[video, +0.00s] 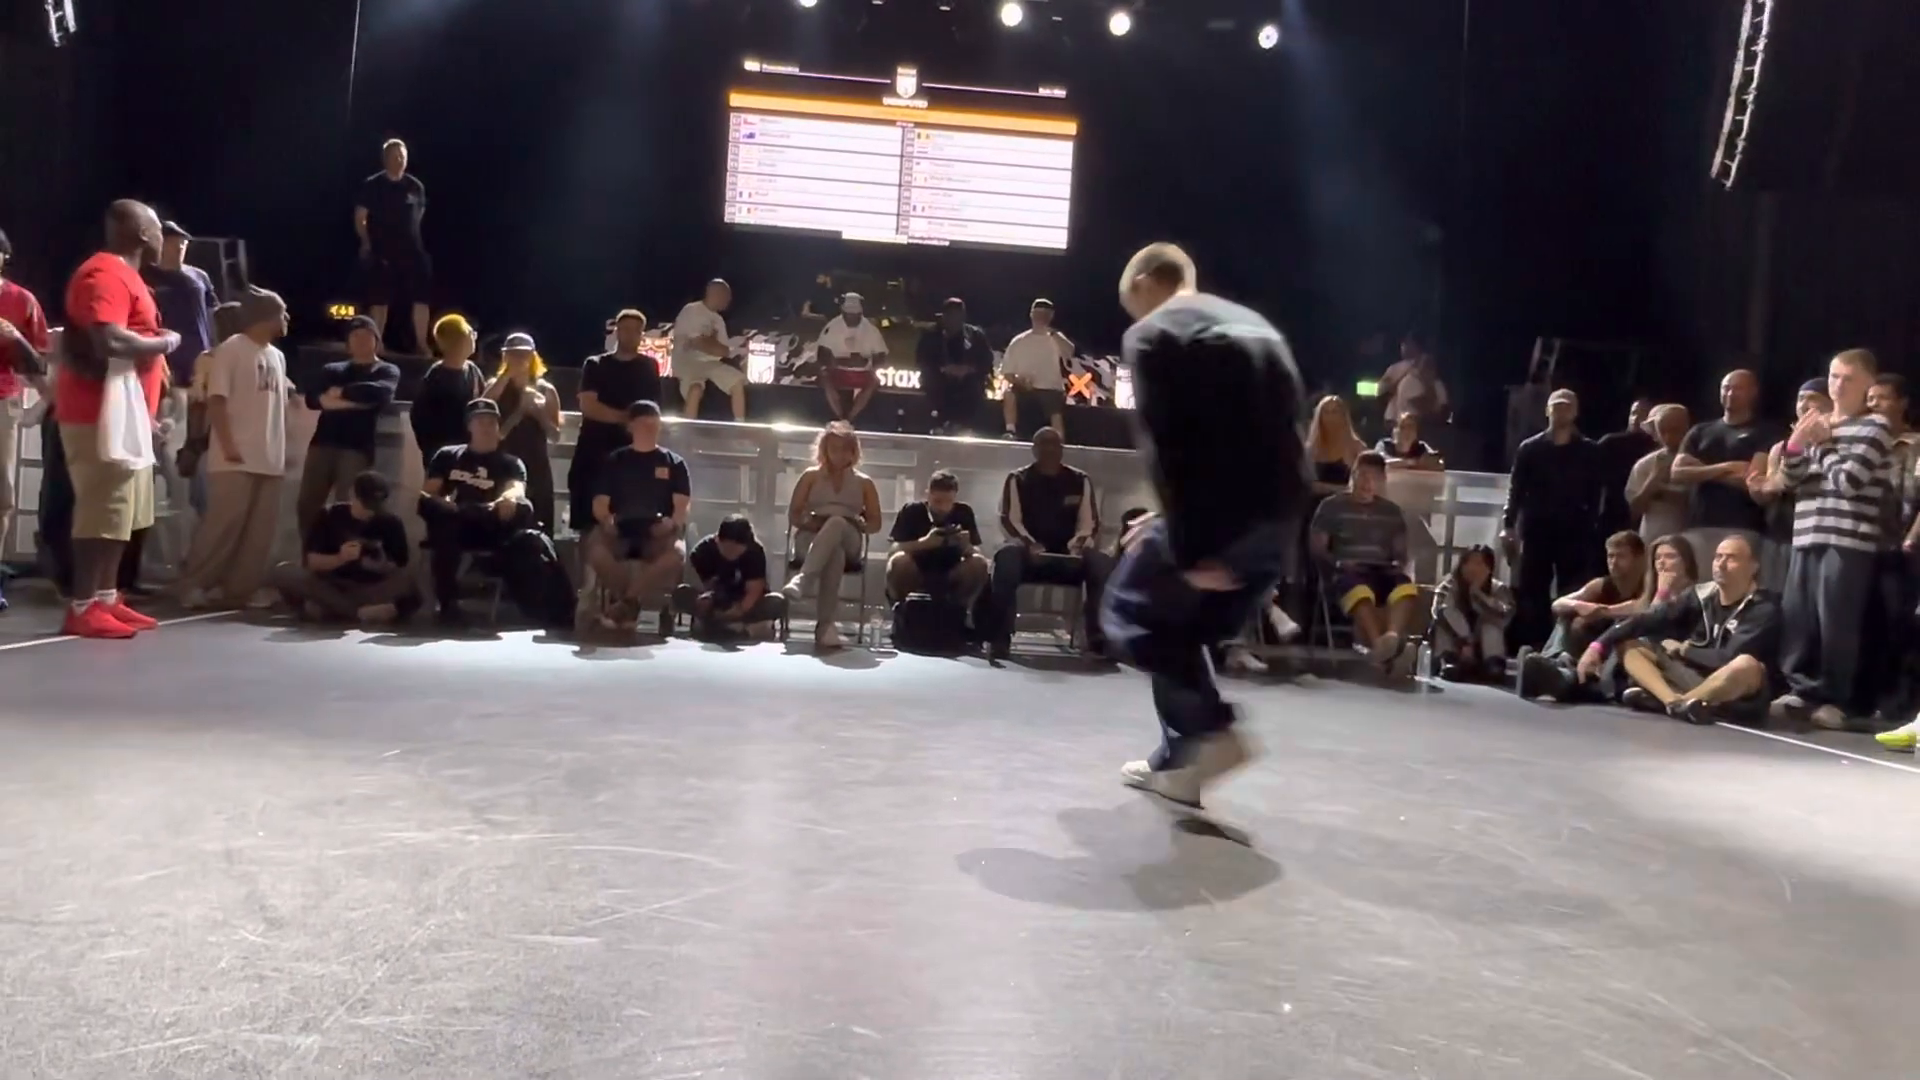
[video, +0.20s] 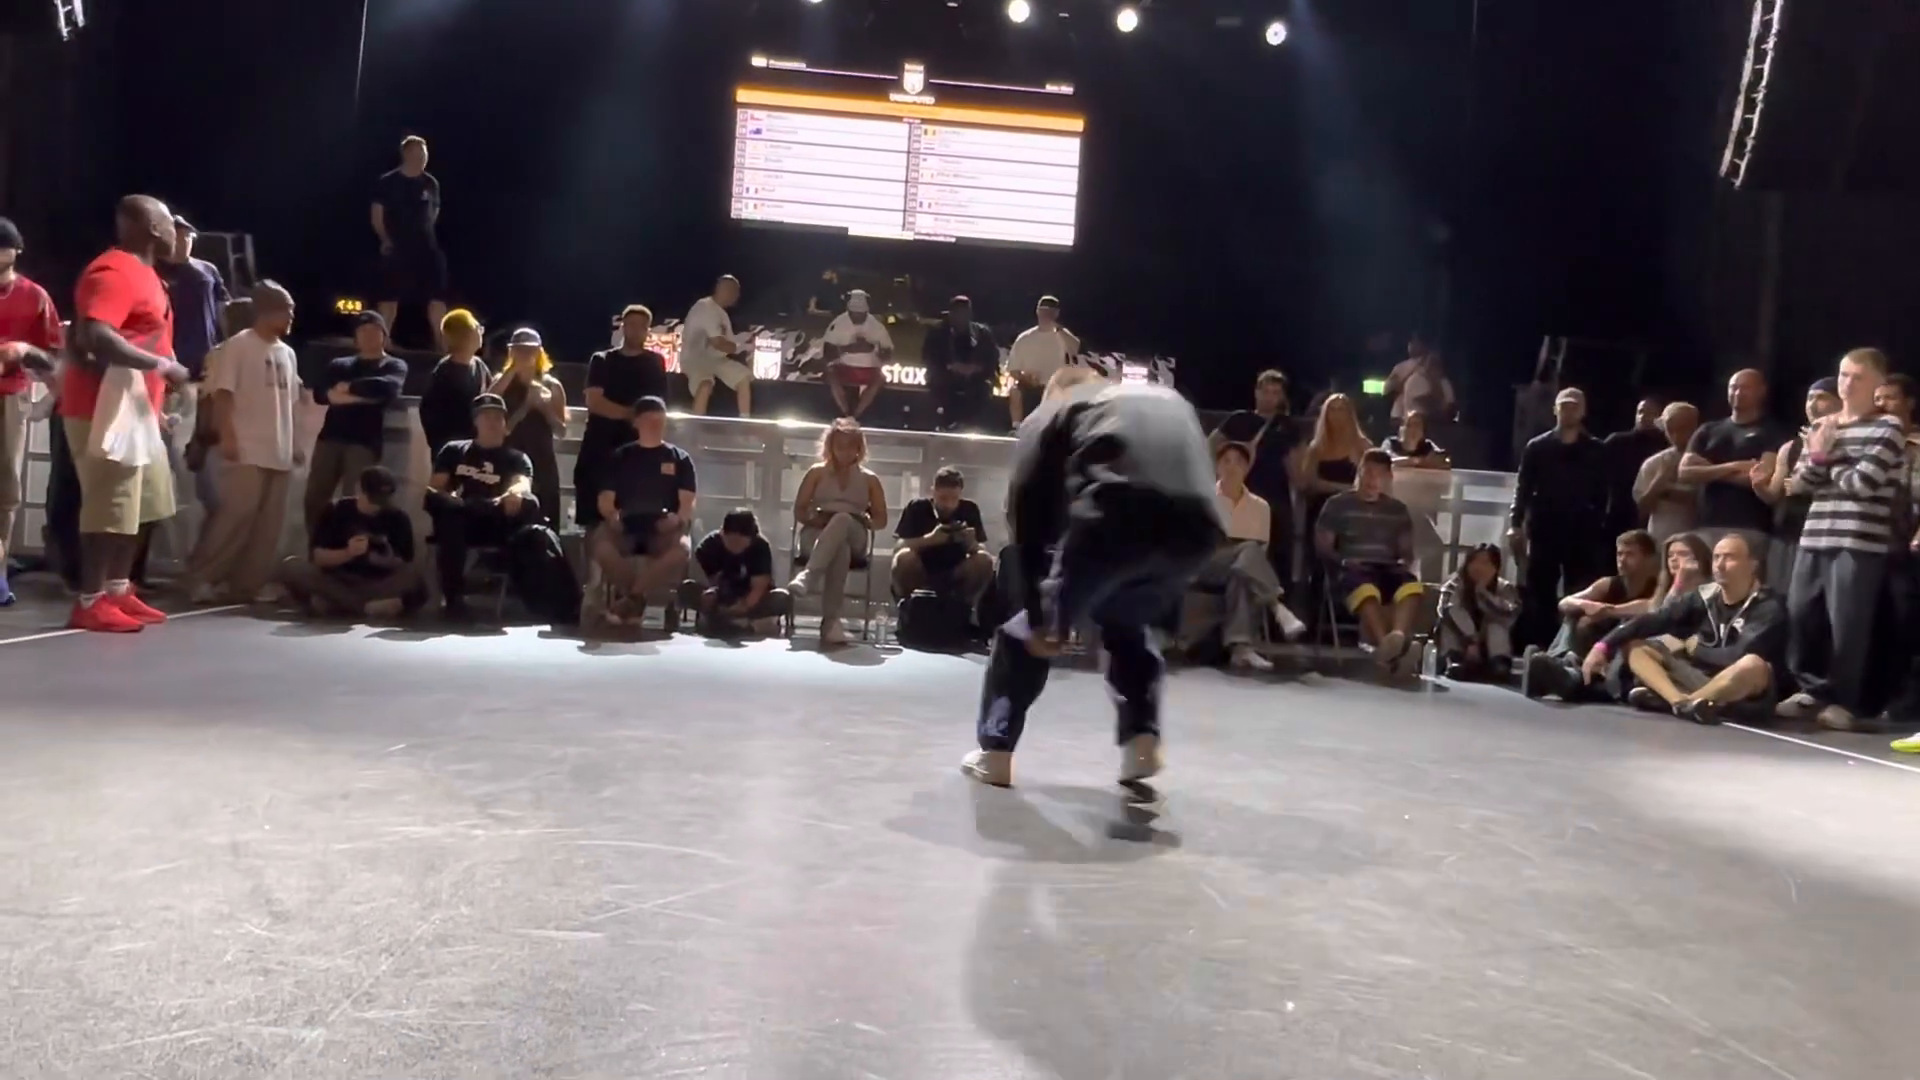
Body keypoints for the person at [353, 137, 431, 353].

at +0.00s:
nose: (399, 161)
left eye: (402, 156)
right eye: (394, 156)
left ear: (406, 159)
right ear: (385, 159)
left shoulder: (416, 187)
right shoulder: (371, 186)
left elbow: (418, 215)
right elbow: (360, 217)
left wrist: (409, 236)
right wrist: (367, 243)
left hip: (411, 251)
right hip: (382, 250)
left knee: (421, 299)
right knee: (379, 300)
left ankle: (422, 345)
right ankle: (376, 345)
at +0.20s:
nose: (422, 157)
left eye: (424, 152)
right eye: (417, 152)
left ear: (427, 155)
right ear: (406, 155)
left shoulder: (431, 183)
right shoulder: (387, 182)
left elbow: (434, 211)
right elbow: (377, 215)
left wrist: (424, 231)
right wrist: (385, 239)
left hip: (426, 244)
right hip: (397, 244)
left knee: (436, 296)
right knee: (389, 296)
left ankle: (441, 344)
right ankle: (384, 340)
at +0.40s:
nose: (455, 165)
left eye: (456, 160)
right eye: (452, 159)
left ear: (455, 161)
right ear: (438, 158)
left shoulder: (452, 188)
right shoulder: (415, 181)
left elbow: (450, 218)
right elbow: (397, 211)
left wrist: (446, 239)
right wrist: (403, 237)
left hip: (443, 246)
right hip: (416, 244)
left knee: (452, 293)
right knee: (403, 293)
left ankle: (451, 338)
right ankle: (391, 334)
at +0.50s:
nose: (474, 167)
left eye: (475, 162)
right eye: (471, 161)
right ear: (458, 161)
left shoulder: (467, 191)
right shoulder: (436, 181)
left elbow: (461, 221)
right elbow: (413, 207)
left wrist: (458, 242)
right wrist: (414, 237)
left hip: (455, 249)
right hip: (429, 246)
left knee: (457, 294)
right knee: (412, 292)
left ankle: (458, 340)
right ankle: (395, 332)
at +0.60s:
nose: (491, 171)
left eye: (493, 166)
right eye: (489, 165)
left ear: (490, 166)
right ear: (477, 162)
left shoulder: (482, 192)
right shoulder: (454, 181)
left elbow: (475, 221)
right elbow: (430, 207)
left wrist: (473, 243)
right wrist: (427, 235)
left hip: (468, 249)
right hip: (443, 246)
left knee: (466, 296)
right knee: (423, 291)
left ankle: (461, 341)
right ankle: (400, 333)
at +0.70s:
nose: (508, 171)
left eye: (509, 167)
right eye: (505, 165)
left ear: (507, 168)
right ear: (492, 163)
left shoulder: (498, 192)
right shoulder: (471, 181)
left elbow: (489, 221)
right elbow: (448, 204)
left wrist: (487, 244)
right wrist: (441, 231)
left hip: (484, 248)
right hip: (460, 244)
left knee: (483, 293)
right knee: (446, 288)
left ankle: (479, 339)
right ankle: (420, 329)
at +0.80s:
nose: (522, 172)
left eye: (523, 167)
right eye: (520, 166)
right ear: (509, 163)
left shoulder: (511, 193)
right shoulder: (487, 182)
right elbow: (462, 205)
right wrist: (454, 230)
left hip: (496, 249)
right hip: (478, 246)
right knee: (474, 292)